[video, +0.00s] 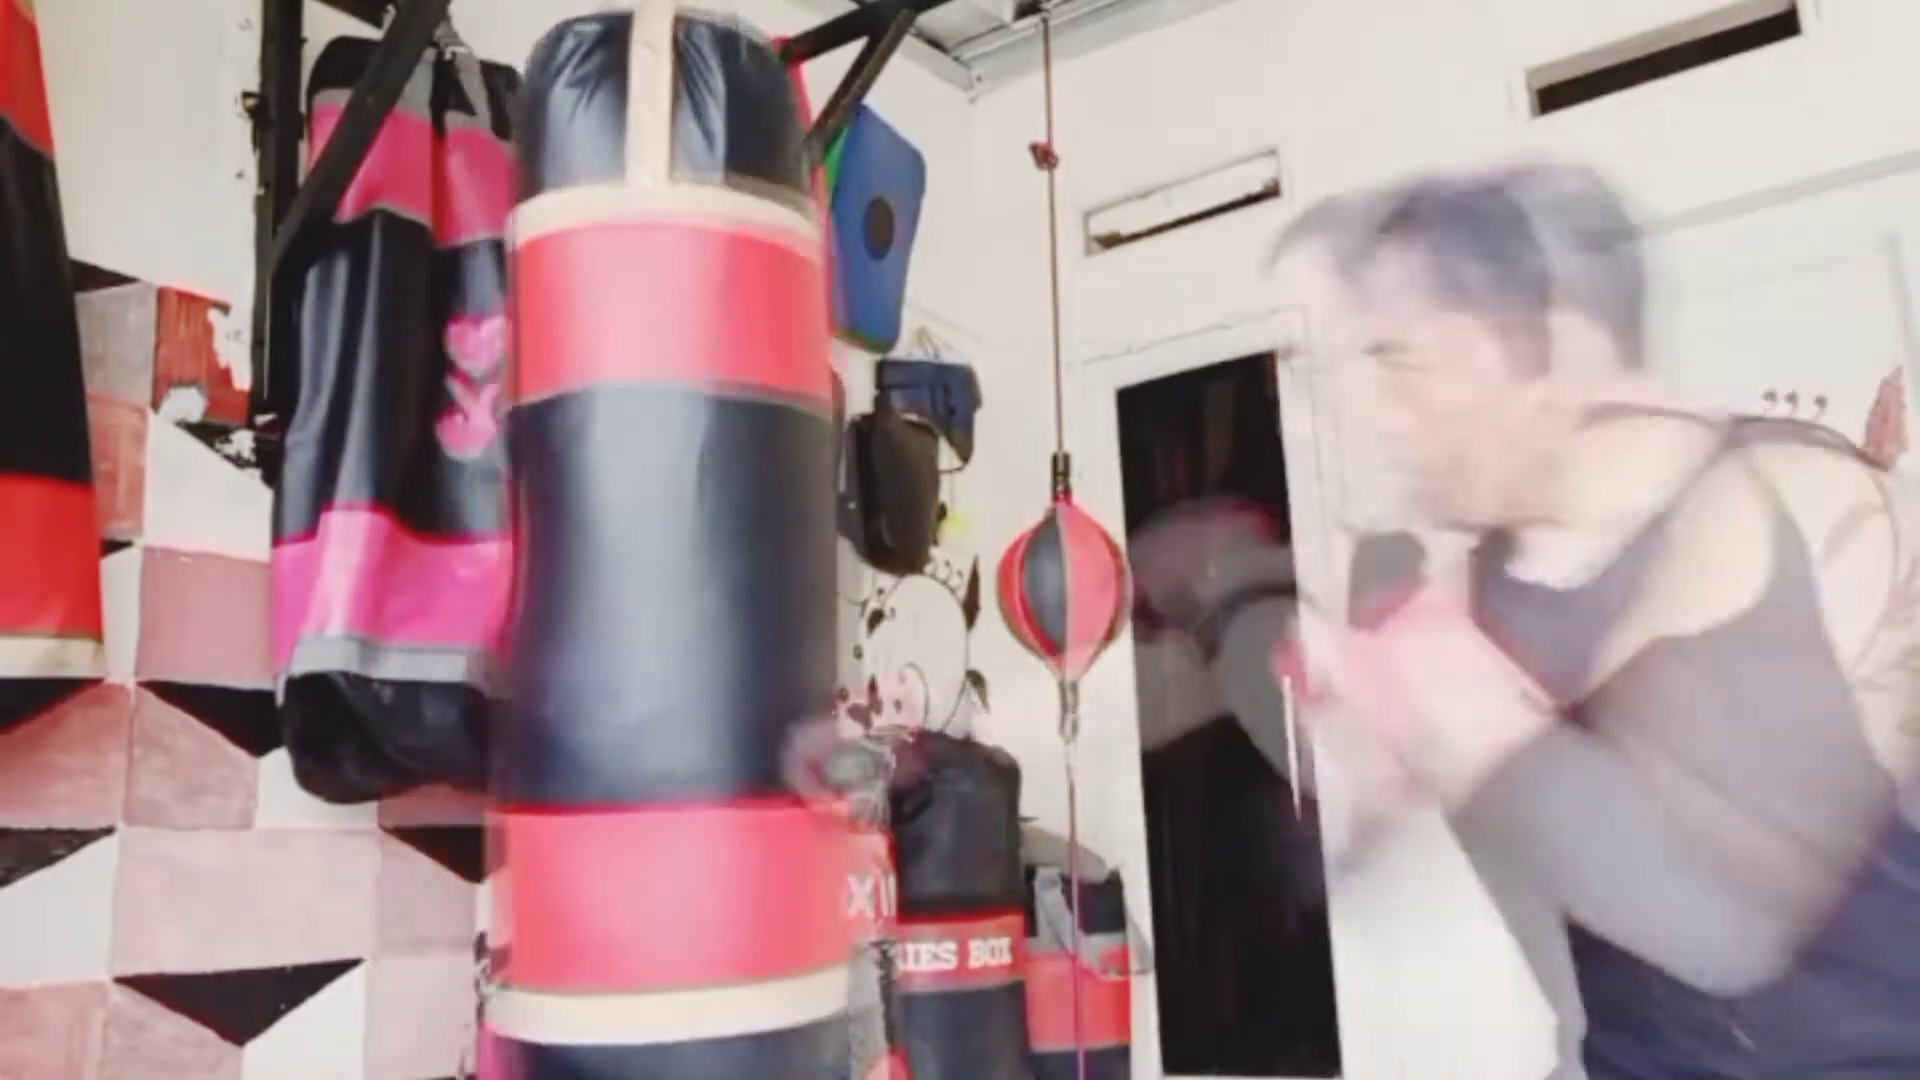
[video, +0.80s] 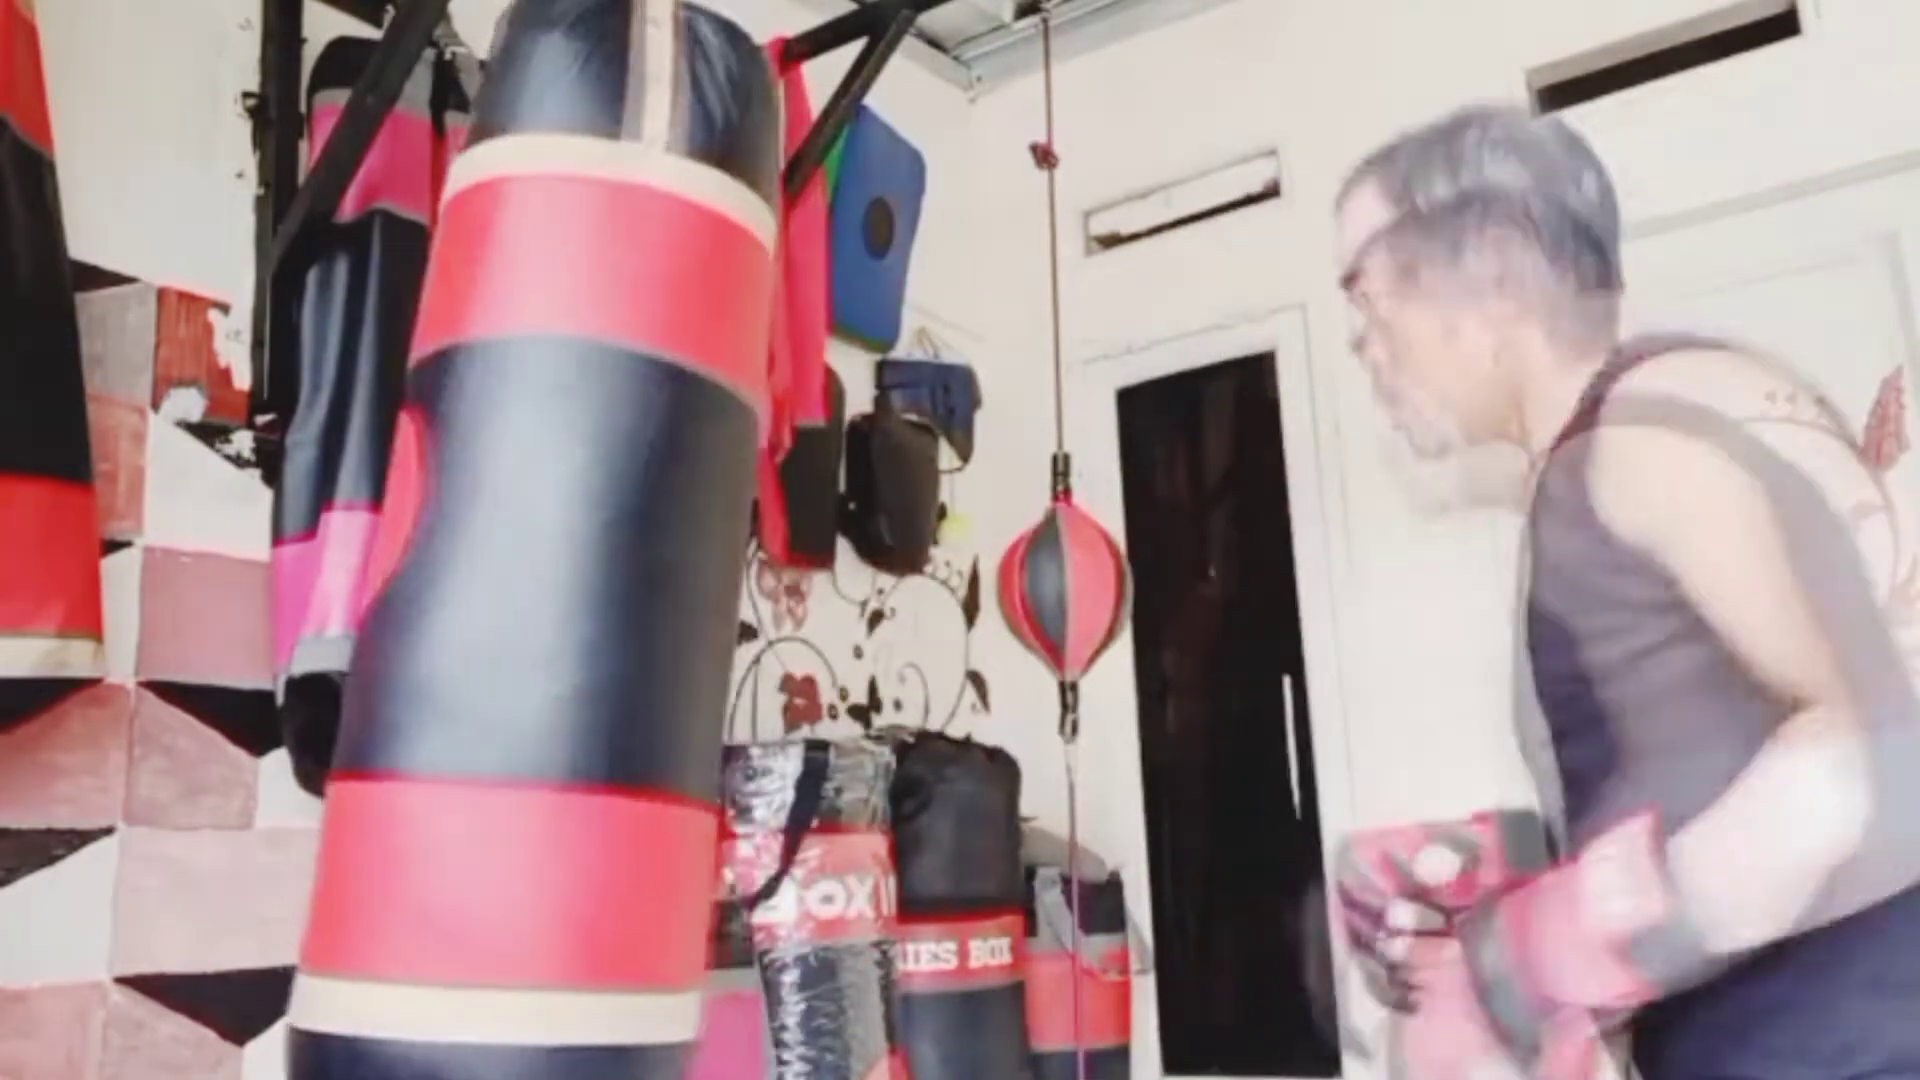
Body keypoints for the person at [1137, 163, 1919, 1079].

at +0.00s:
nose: (1374, 417)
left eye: (1398, 361)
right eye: (1365, 369)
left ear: (1559, 356)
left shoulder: (1788, 513)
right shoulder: (1503, 563)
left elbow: (1726, 921)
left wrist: (1460, 710)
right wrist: (1384, 758)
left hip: (1848, 1051)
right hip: (1639, 1051)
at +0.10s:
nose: (1252, 400)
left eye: (1266, 351)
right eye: (1246, 359)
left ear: (1412, 311)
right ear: (1400, 318)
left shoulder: (1624, 472)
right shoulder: (1355, 505)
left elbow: (1654, 850)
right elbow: (1254, 747)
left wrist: (1365, 697)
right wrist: (1118, 799)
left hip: (1801, 1037)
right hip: (1561, 1035)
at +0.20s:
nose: (1255, 392)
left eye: (1276, 341)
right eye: (1244, 354)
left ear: (1441, 308)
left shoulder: (1660, 470)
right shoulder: (1372, 500)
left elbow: (1507, 809)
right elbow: (1152, 542)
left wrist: (1318, 623)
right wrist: (946, 576)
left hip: (1820, 1038)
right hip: (1579, 1043)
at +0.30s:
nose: (1320, 432)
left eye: (1333, 376)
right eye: (1302, 392)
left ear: (1501, 335)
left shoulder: (1765, 506)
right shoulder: (1436, 572)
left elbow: (1577, 874)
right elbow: (1162, 831)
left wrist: (1330, 652)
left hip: (1835, 1051)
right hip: (1595, 1053)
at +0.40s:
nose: (1356, 448)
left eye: (1372, 386)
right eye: (1340, 404)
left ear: (1537, 336)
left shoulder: (1857, 544)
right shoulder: (1469, 579)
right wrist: (1494, 1066)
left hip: (1823, 1063)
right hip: (1598, 1062)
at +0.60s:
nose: (1342, 351)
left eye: (1348, 296)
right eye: (1329, 312)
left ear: (1497, 251)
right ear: (1499, 257)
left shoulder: (1769, 444)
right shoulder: (1539, 497)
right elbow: (1703, 779)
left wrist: (1741, 955)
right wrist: (1535, 877)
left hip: (1883, 1046)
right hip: (1758, 1051)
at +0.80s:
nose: (1364, 354)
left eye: (1370, 301)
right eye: (1358, 313)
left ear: (1496, 269)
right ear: (1500, 271)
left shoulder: (1653, 434)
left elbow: (1868, 733)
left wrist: (1581, 946)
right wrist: (1515, 881)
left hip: (1816, 1039)